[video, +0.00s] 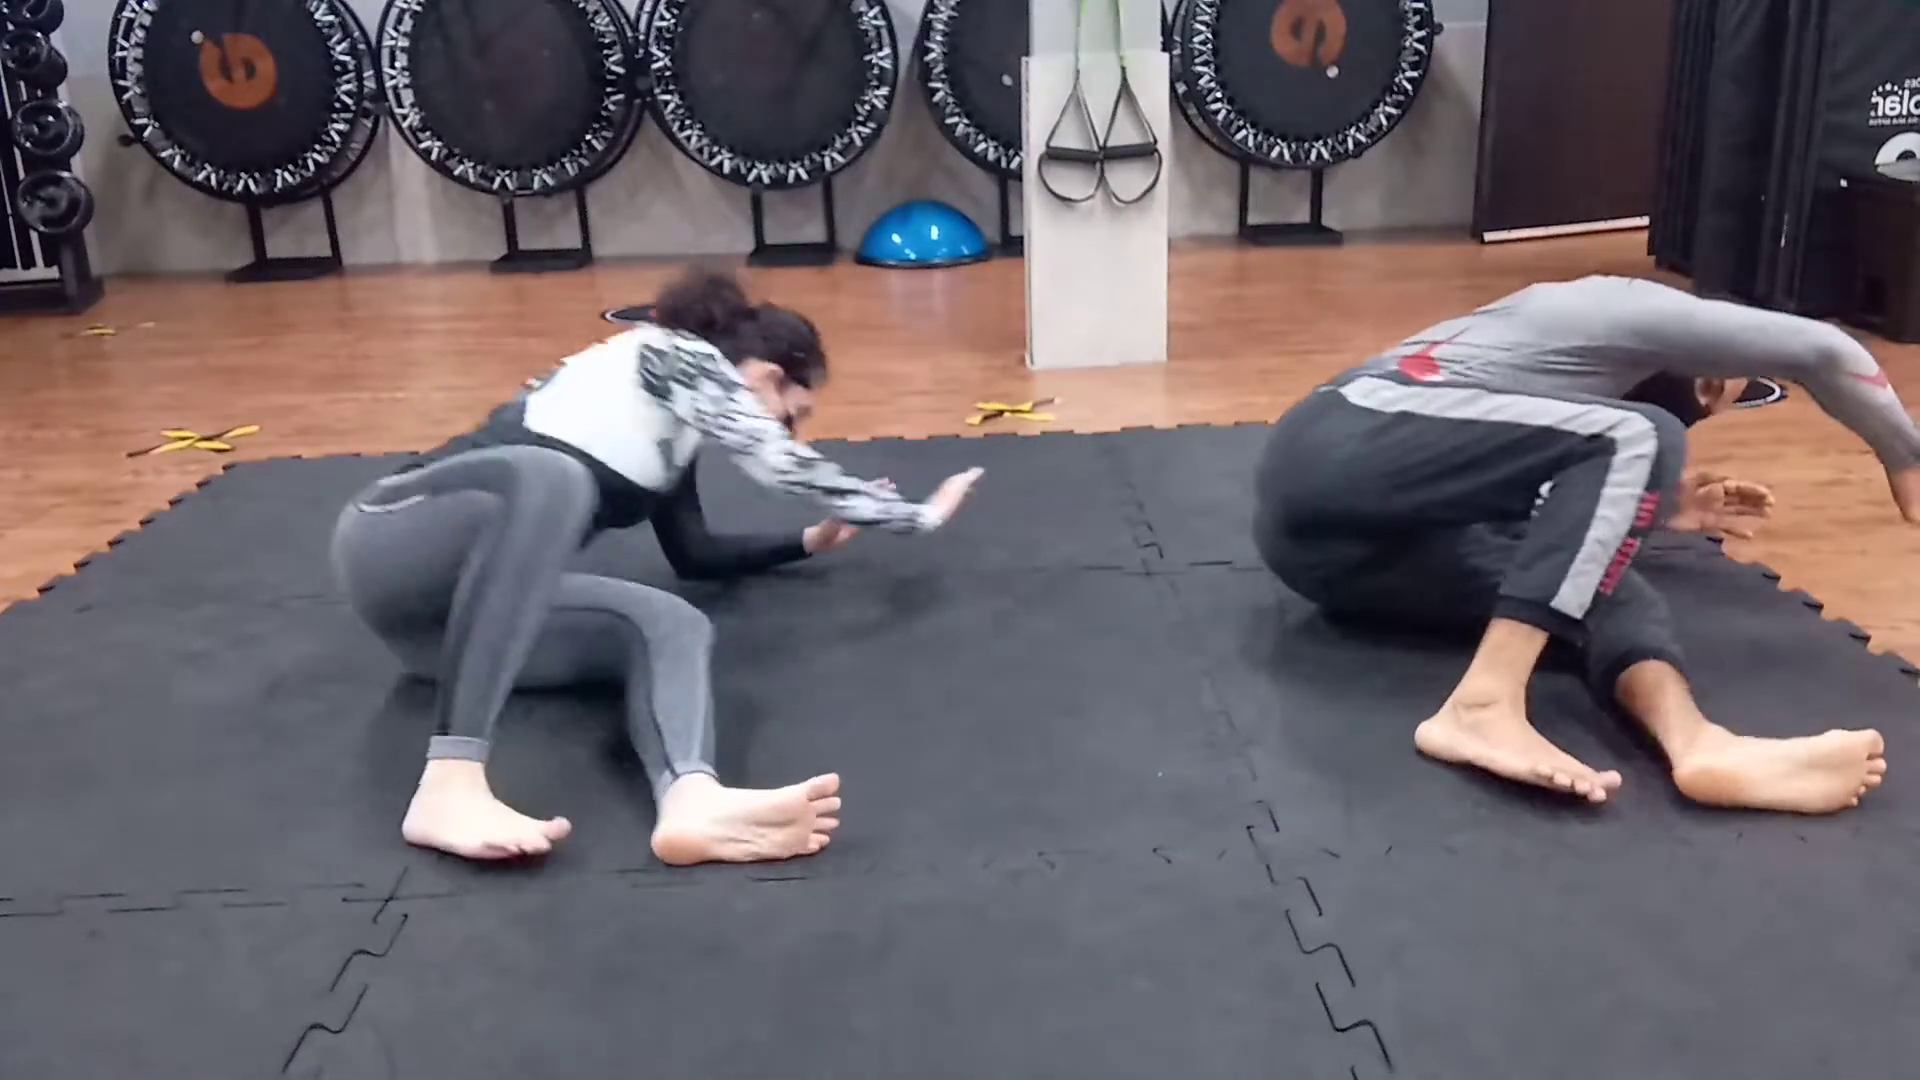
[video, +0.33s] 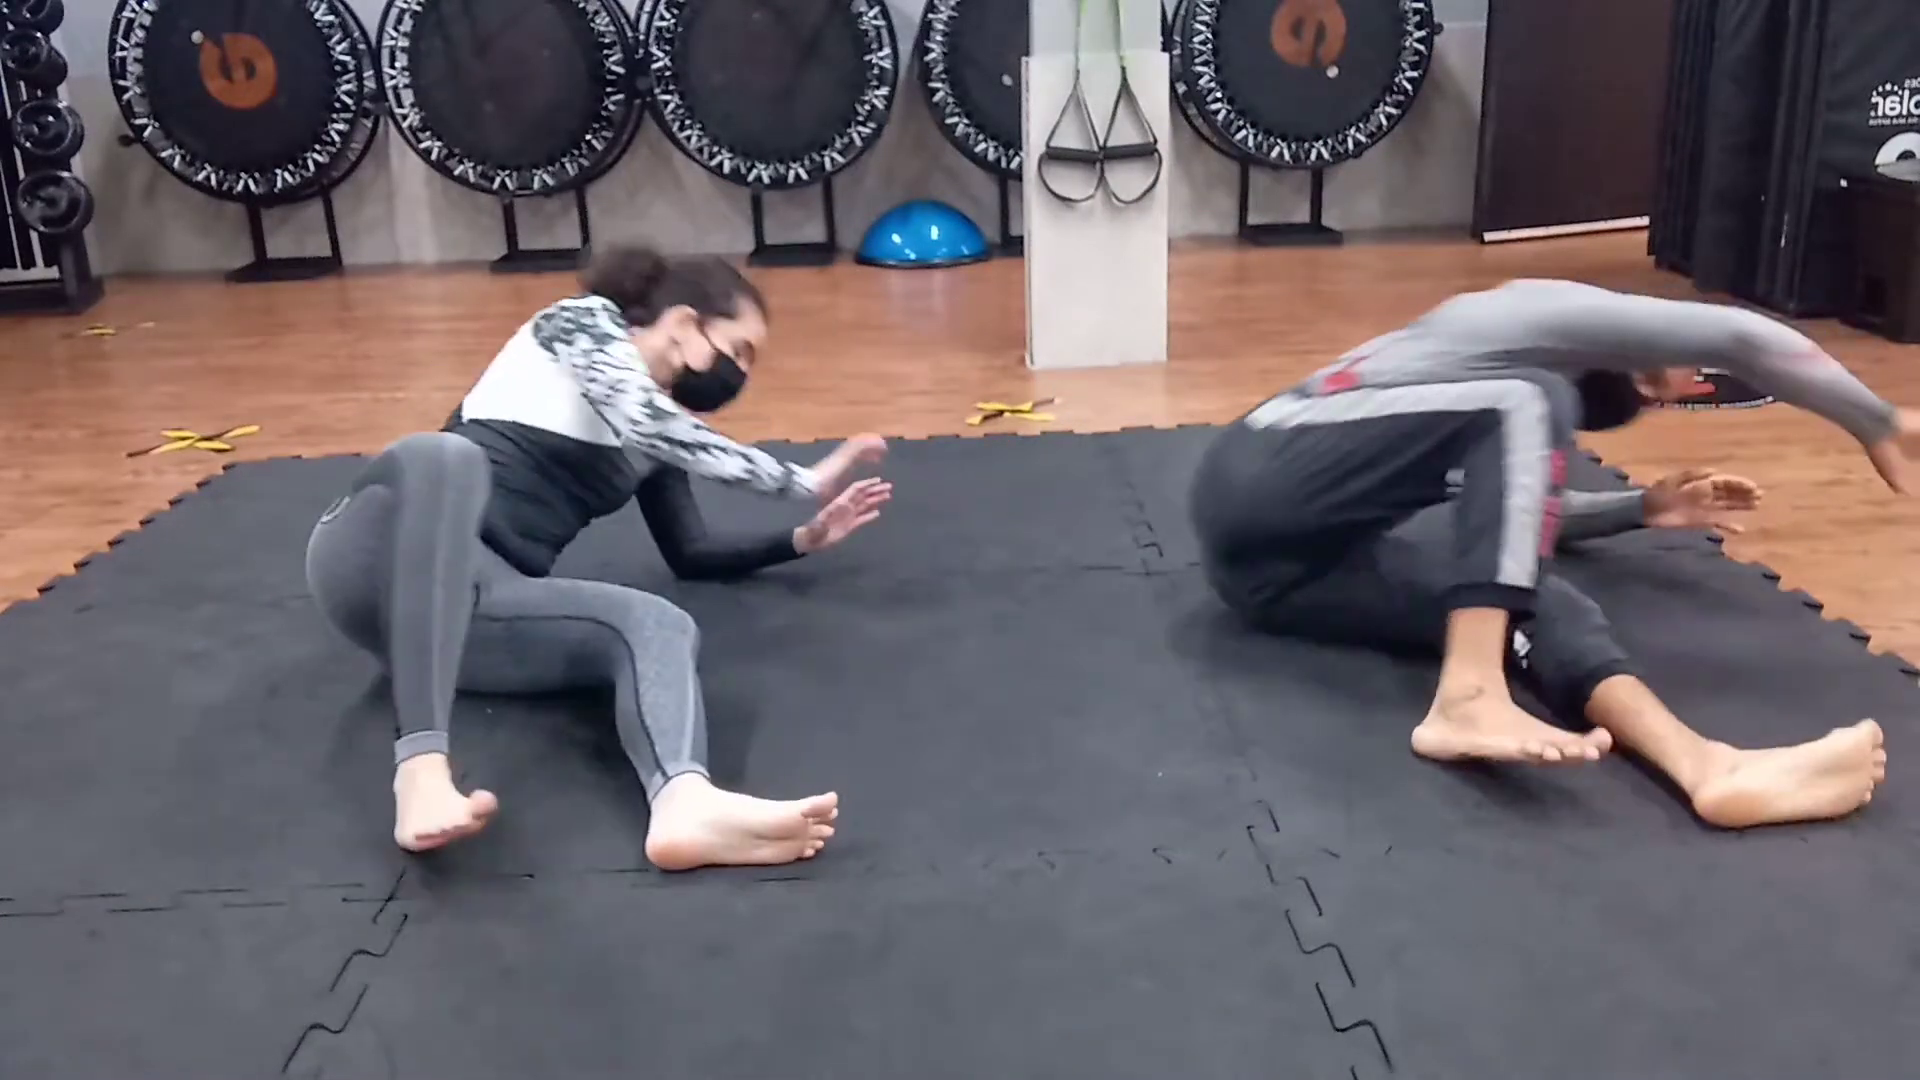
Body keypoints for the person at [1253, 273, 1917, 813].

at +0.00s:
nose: (1706, 406)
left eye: (1714, 399)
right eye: (1714, 390)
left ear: (1638, 398)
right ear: (1688, 355)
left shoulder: (1578, 411)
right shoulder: (1621, 309)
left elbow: (1508, 510)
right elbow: (1823, 350)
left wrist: (1662, 508)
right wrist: (1905, 457)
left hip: (1335, 565)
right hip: (1335, 449)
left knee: (1599, 580)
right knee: (1645, 435)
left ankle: (1695, 740)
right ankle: (1480, 703)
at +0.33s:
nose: (1686, 392)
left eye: (1691, 393)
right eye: (1690, 372)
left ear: (1639, 386)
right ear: (1648, 344)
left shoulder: (1539, 420)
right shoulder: (1543, 314)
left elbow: (1505, 519)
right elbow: (1740, 335)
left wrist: (1644, 506)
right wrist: (1879, 422)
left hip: (1280, 580)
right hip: (1259, 472)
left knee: (1537, 599)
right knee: (1520, 409)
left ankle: (1706, 766)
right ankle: (1468, 696)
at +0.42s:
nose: (1662, 377)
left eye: (1666, 372)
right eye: (1660, 364)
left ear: (1587, 383)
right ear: (1615, 338)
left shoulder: (1506, 418)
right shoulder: (1492, 313)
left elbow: (1508, 496)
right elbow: (1689, 309)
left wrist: (1635, 509)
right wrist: (1840, 389)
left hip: (1274, 582)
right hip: (1232, 488)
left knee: (1533, 587)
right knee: (1475, 406)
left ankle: (1703, 766)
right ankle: (1460, 690)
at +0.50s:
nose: (1605, 352)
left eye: (1608, 346)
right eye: (1600, 333)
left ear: (1553, 362)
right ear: (1555, 305)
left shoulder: (1475, 425)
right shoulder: (1450, 300)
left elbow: (1509, 509)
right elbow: (1609, 270)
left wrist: (1625, 526)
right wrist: (1782, 345)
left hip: (1270, 588)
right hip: (1217, 493)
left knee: (1524, 586)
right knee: (1431, 392)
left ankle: (1701, 766)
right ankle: (1454, 696)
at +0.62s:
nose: (1544, 300)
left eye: (1555, 314)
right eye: (1544, 285)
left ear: (1521, 346)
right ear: (1495, 265)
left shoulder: (1454, 410)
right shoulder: (1396, 293)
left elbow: (1508, 511)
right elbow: (1475, 229)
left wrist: (1619, 561)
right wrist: (1669, 279)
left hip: (1281, 585)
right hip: (1205, 508)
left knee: (1527, 577)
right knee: (1377, 386)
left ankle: (1703, 763)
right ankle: (1431, 705)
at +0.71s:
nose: (1510, 288)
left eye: (1532, 302)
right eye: (1511, 268)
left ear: (1523, 336)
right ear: (1471, 251)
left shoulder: (1445, 409)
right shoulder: (1372, 284)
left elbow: (1512, 516)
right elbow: (1388, 220)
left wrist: (1628, 565)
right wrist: (1581, 242)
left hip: (1295, 579)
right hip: (1199, 512)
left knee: (1525, 570)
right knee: (1345, 394)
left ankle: (1705, 763)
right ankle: (1404, 712)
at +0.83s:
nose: (1486, 268)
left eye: (1500, 266)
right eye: (1476, 254)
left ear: (1492, 306)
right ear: (1433, 249)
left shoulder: (1432, 396)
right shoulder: (1330, 282)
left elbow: (1494, 515)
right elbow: (1277, 229)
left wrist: (1624, 564)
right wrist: (1470, 215)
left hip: (1284, 579)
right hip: (1188, 525)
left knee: (1521, 564)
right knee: (1293, 406)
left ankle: (1703, 759)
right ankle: (1354, 718)